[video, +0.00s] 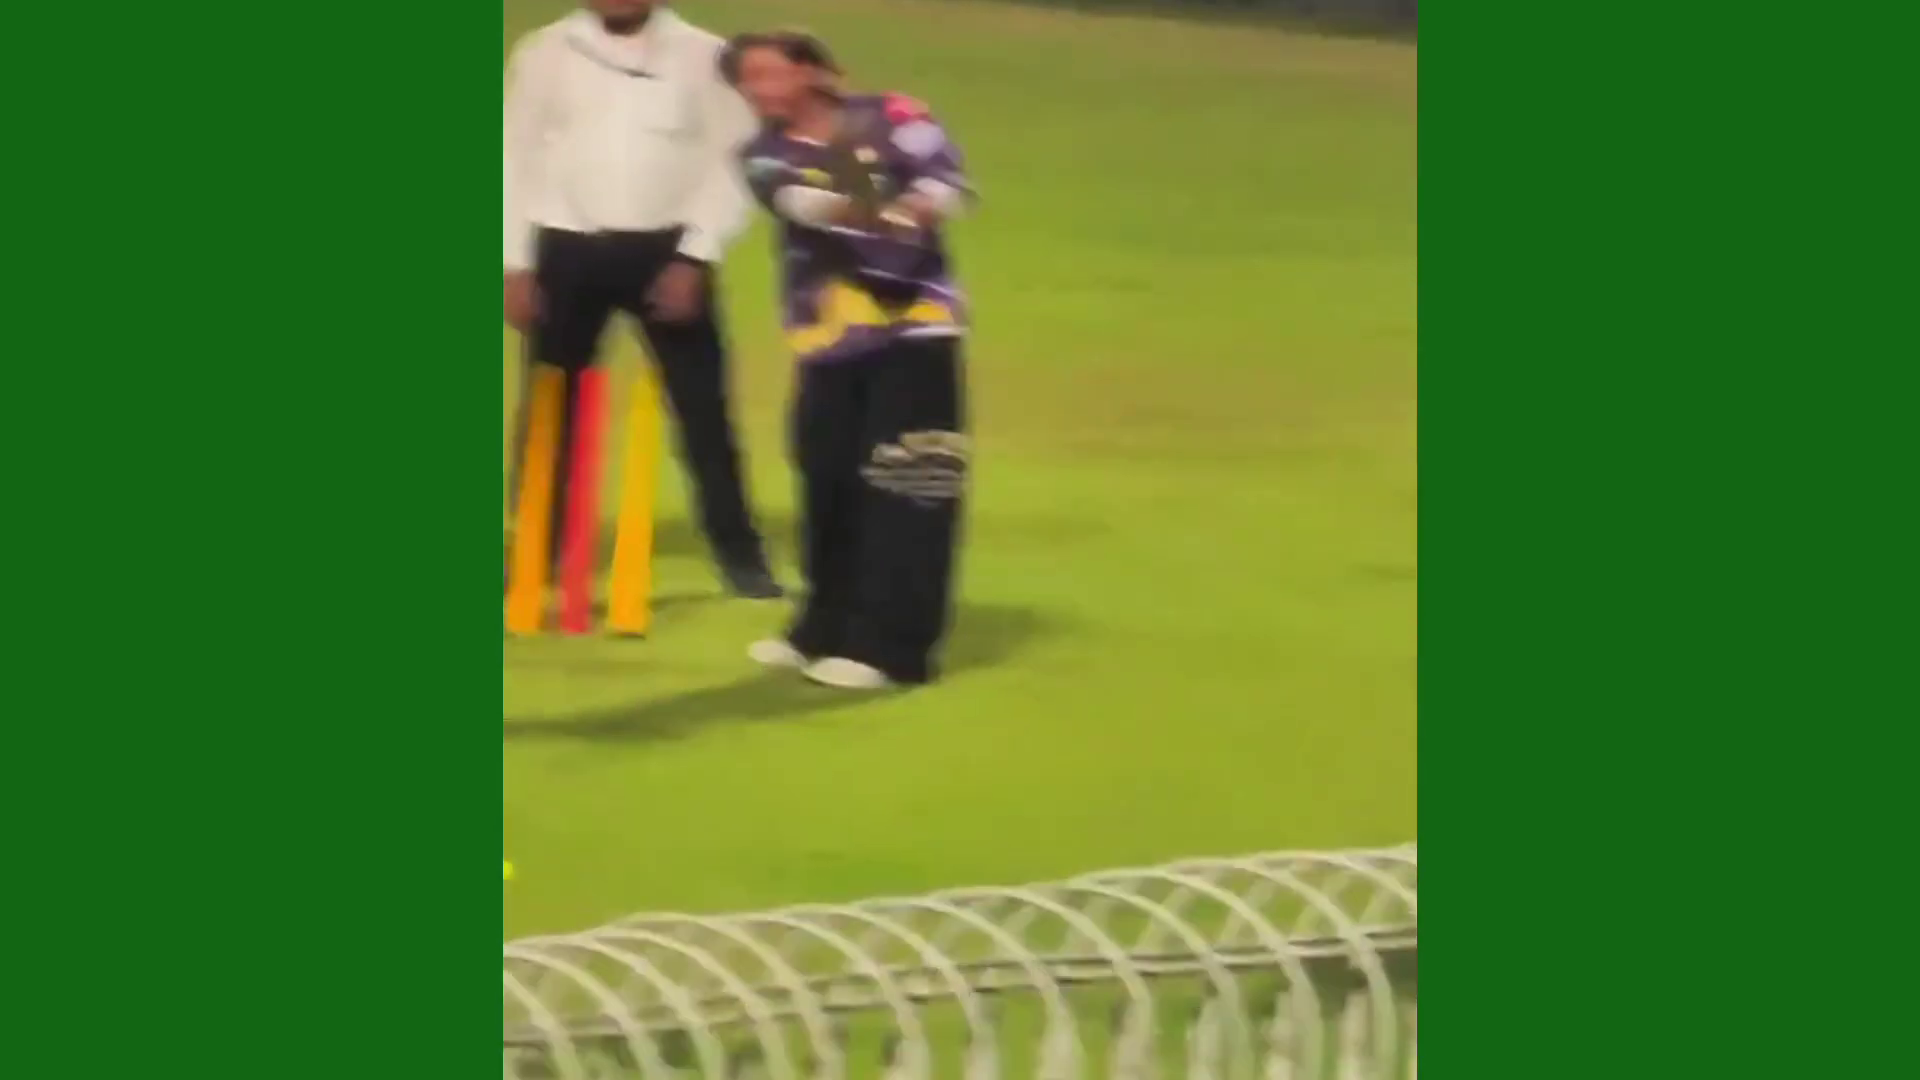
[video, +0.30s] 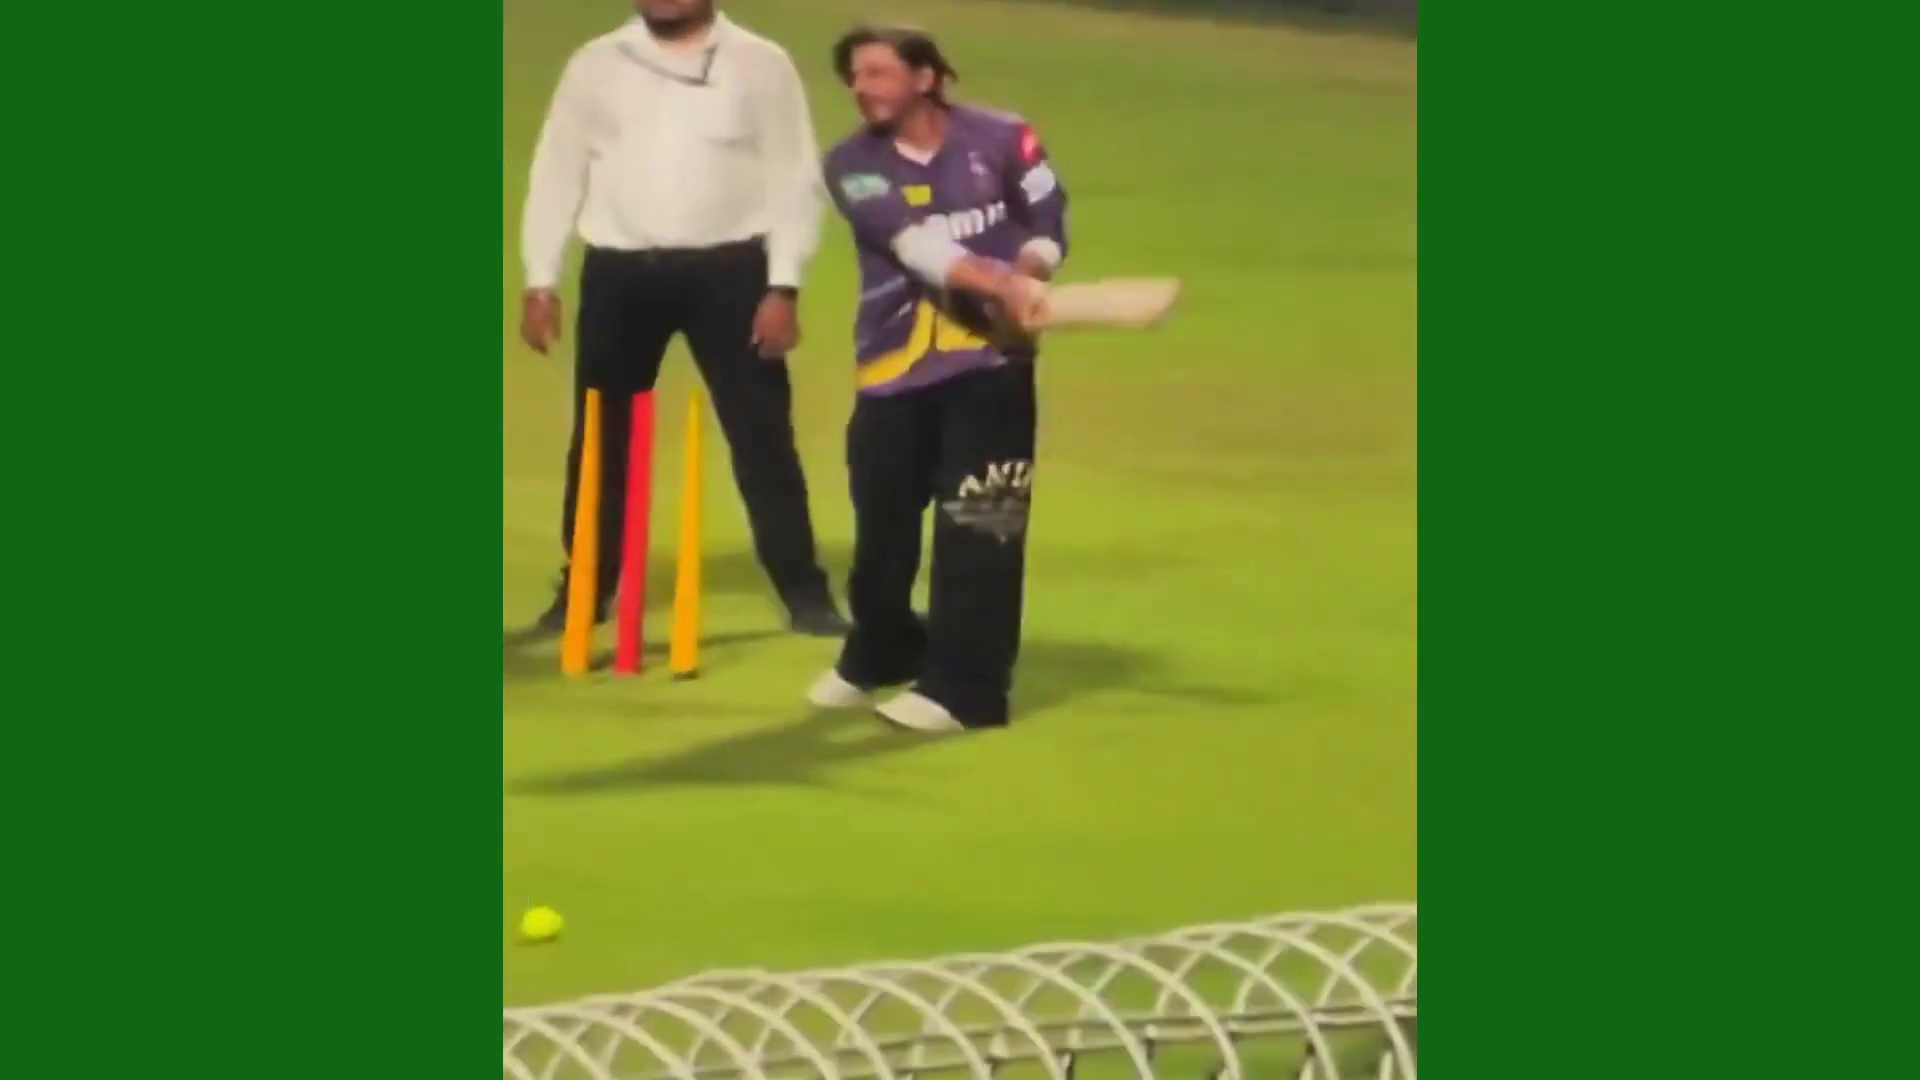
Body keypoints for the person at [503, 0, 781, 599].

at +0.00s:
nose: (618, 0)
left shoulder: (706, 58)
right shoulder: (540, 56)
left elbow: (737, 164)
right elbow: (516, 163)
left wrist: (695, 255)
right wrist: (518, 265)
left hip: (664, 253)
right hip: (569, 251)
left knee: (705, 417)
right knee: (551, 419)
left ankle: (742, 563)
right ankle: (545, 563)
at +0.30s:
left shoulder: (764, 66)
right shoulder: (594, 66)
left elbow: (796, 181)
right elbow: (556, 175)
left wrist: (784, 287)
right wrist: (541, 282)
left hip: (730, 279)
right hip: (621, 281)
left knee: (766, 445)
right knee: (598, 447)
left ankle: (807, 598)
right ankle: (582, 599)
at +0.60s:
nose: (626, 5)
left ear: (684, 4)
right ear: (610, 7)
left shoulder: (742, 80)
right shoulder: (576, 86)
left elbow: (776, 193)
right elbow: (542, 196)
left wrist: (757, 298)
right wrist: (533, 304)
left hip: (714, 293)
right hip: (607, 297)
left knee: (751, 456)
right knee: (583, 462)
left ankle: (791, 613)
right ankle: (568, 614)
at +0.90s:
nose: (614, 4)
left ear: (676, 4)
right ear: (601, 10)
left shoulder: (734, 79)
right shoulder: (570, 88)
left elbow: (768, 191)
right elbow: (539, 197)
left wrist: (736, 293)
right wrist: (532, 307)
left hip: (704, 294)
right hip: (600, 298)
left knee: (745, 456)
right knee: (579, 463)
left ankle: (787, 614)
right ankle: (566, 617)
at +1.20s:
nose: (644, 2)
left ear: (701, 4)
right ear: (627, 6)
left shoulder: (760, 79)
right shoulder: (595, 85)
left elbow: (791, 191)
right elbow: (560, 195)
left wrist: (758, 290)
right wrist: (547, 303)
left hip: (724, 290)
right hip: (622, 293)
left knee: (769, 454)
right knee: (605, 459)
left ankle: (813, 612)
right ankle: (590, 616)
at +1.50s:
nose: (666, 4)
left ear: (727, 6)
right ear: (651, 8)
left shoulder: (784, 85)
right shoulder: (618, 90)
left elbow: (815, 197)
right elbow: (584, 200)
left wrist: (784, 299)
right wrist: (568, 307)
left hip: (748, 298)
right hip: (645, 301)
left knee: (791, 457)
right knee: (626, 462)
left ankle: (832, 615)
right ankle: (614, 610)